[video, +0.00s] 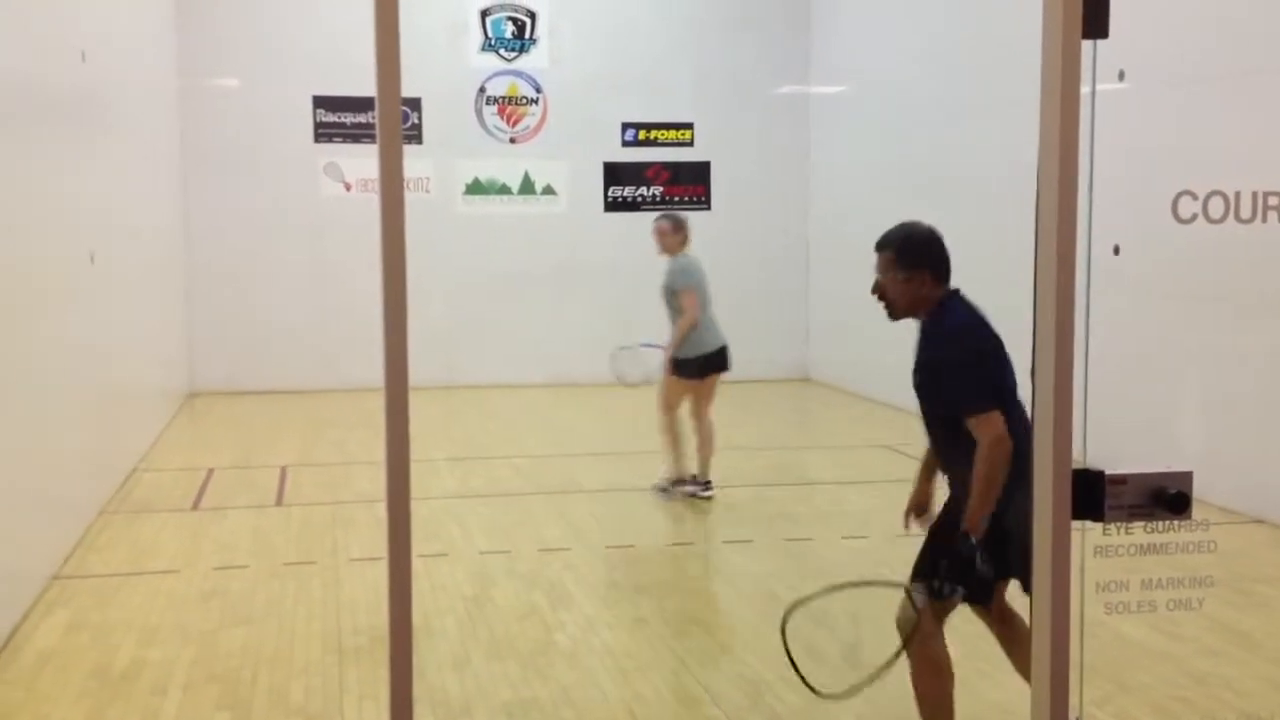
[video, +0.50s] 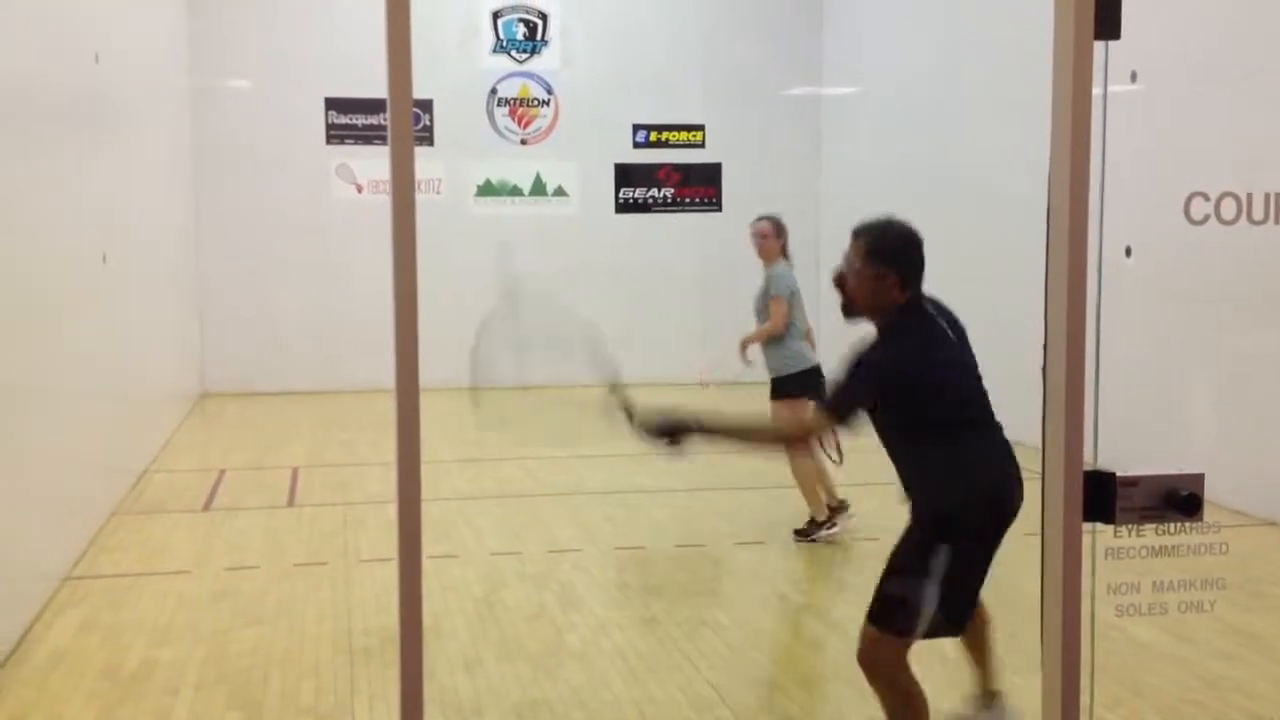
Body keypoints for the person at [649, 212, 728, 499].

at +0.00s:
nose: (657, 239)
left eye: (662, 234)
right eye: (656, 234)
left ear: (679, 235)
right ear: (677, 237)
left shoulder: (679, 268)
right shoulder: (691, 264)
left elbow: (691, 313)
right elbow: (697, 312)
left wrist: (671, 348)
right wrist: (676, 341)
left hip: (691, 353)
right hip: (713, 349)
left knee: (669, 406)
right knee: (701, 410)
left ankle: (678, 473)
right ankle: (703, 477)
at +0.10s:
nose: (682, 238)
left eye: (687, 232)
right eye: (680, 232)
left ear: (703, 233)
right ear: (684, 234)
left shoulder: (704, 266)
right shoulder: (710, 262)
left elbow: (715, 312)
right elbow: (732, 304)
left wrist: (689, 343)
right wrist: (701, 339)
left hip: (720, 350)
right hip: (734, 346)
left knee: (701, 416)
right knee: (723, 413)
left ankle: (732, 476)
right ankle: (748, 473)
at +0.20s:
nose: (706, 254)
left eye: (712, 247)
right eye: (704, 248)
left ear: (728, 250)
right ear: (708, 250)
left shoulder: (729, 284)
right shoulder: (737, 279)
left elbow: (737, 334)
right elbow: (760, 316)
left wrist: (703, 357)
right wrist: (766, 347)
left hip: (743, 367)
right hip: (757, 364)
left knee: (734, 435)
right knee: (747, 431)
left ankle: (771, 487)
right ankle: (782, 482)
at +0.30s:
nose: (727, 263)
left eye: (733, 257)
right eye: (725, 258)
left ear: (749, 261)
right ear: (726, 261)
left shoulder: (749, 296)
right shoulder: (754, 292)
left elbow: (754, 347)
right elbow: (781, 332)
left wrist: (716, 370)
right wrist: (792, 368)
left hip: (764, 381)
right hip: (772, 377)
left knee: (763, 451)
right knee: (768, 443)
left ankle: (803, 506)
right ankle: (787, 489)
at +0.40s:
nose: (743, 261)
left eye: (749, 254)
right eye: (740, 255)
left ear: (766, 258)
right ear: (740, 260)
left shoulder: (764, 293)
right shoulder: (771, 290)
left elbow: (763, 344)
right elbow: (795, 335)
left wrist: (730, 360)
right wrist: (809, 371)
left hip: (781, 384)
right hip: (794, 379)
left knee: (778, 457)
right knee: (791, 445)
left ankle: (820, 516)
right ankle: (798, 492)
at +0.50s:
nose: (757, 244)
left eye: (763, 237)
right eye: (755, 238)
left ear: (780, 241)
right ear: (756, 242)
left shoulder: (778, 277)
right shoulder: (783, 274)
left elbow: (776, 325)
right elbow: (803, 328)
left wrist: (749, 339)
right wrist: (811, 361)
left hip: (790, 375)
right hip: (802, 370)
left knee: (796, 445)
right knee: (804, 441)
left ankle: (820, 515)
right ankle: (832, 501)